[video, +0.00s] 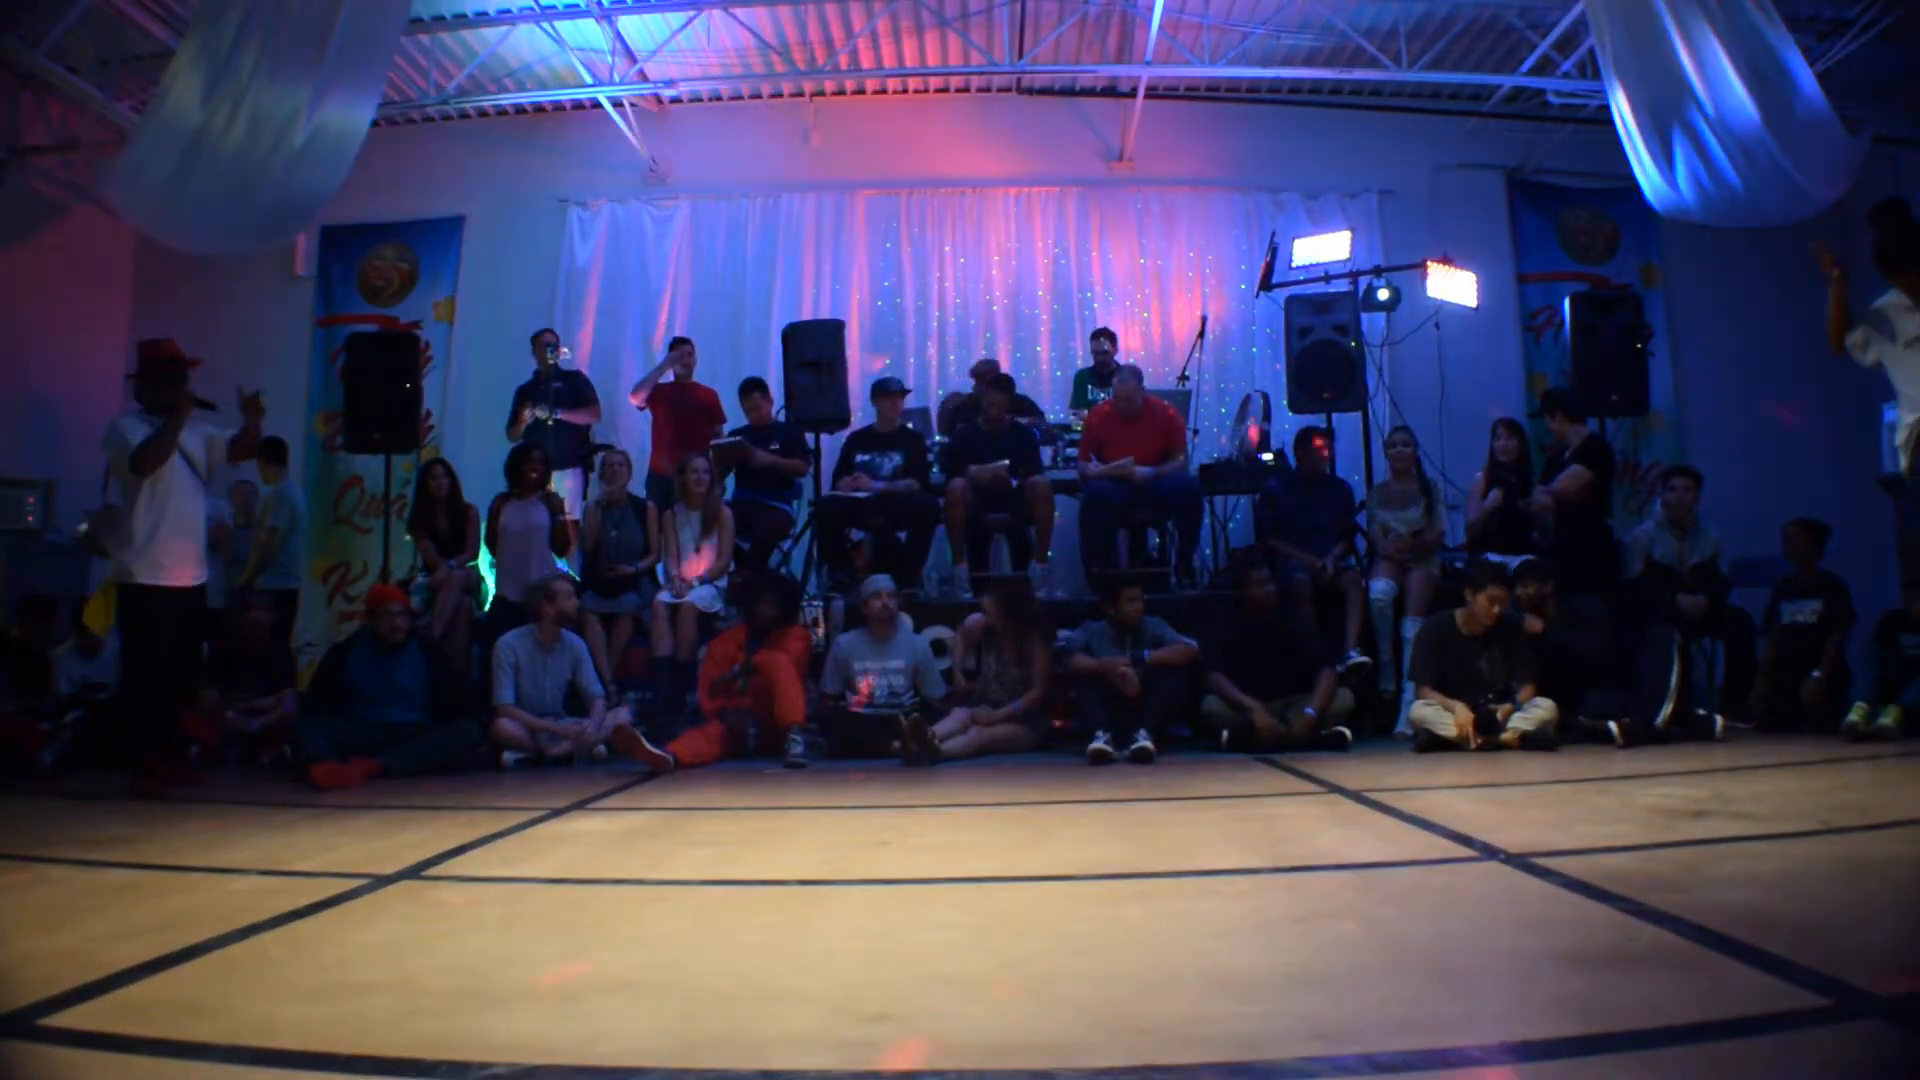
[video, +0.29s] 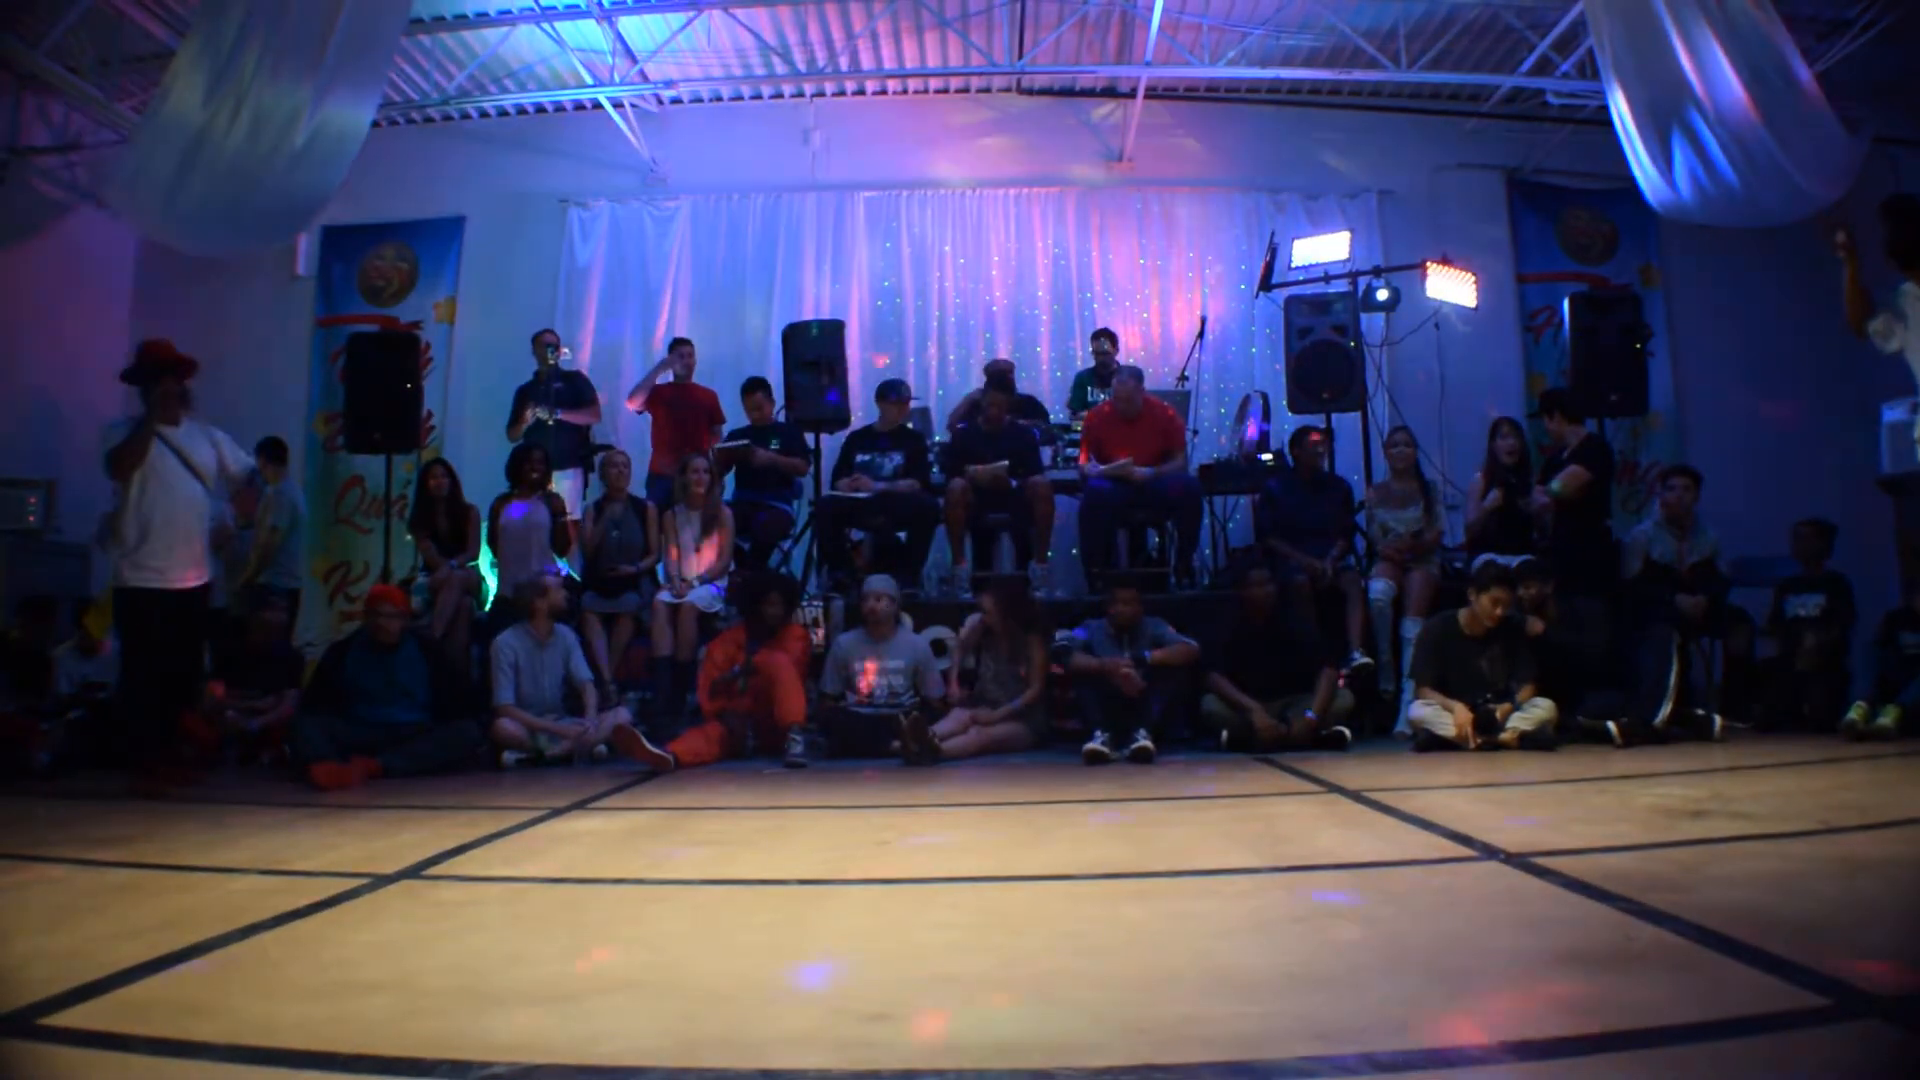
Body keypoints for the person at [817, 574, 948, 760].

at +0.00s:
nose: (885, 603)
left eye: (890, 596)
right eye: (877, 597)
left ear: (897, 602)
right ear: (864, 606)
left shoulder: (916, 645)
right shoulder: (844, 645)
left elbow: (937, 700)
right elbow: (828, 699)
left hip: (905, 718)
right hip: (861, 719)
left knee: (964, 715)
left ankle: (923, 740)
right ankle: (896, 746)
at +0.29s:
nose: (871, 606)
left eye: (878, 600)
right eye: (866, 600)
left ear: (894, 605)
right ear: (861, 605)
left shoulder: (916, 645)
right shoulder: (844, 644)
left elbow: (934, 701)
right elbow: (829, 699)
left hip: (902, 715)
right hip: (858, 717)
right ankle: (894, 746)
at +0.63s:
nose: (860, 606)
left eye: (868, 600)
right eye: (860, 600)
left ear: (888, 605)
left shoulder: (916, 646)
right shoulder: (844, 645)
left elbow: (935, 702)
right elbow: (829, 699)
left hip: (901, 718)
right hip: (856, 719)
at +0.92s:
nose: (856, 609)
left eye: (865, 603)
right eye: (857, 602)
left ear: (885, 607)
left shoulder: (914, 644)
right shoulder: (843, 644)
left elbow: (935, 699)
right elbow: (828, 698)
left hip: (903, 714)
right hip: (859, 715)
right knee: (829, 717)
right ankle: (895, 745)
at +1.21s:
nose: (855, 610)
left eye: (863, 604)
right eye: (856, 603)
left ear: (884, 609)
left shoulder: (914, 645)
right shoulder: (843, 644)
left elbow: (936, 699)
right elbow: (828, 697)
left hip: (904, 715)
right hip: (859, 715)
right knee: (828, 719)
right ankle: (894, 745)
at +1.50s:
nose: (855, 610)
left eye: (862, 604)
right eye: (855, 603)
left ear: (883, 609)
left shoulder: (914, 645)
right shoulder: (843, 645)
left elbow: (935, 698)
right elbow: (829, 699)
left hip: (905, 716)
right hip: (860, 717)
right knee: (830, 721)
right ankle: (893, 747)